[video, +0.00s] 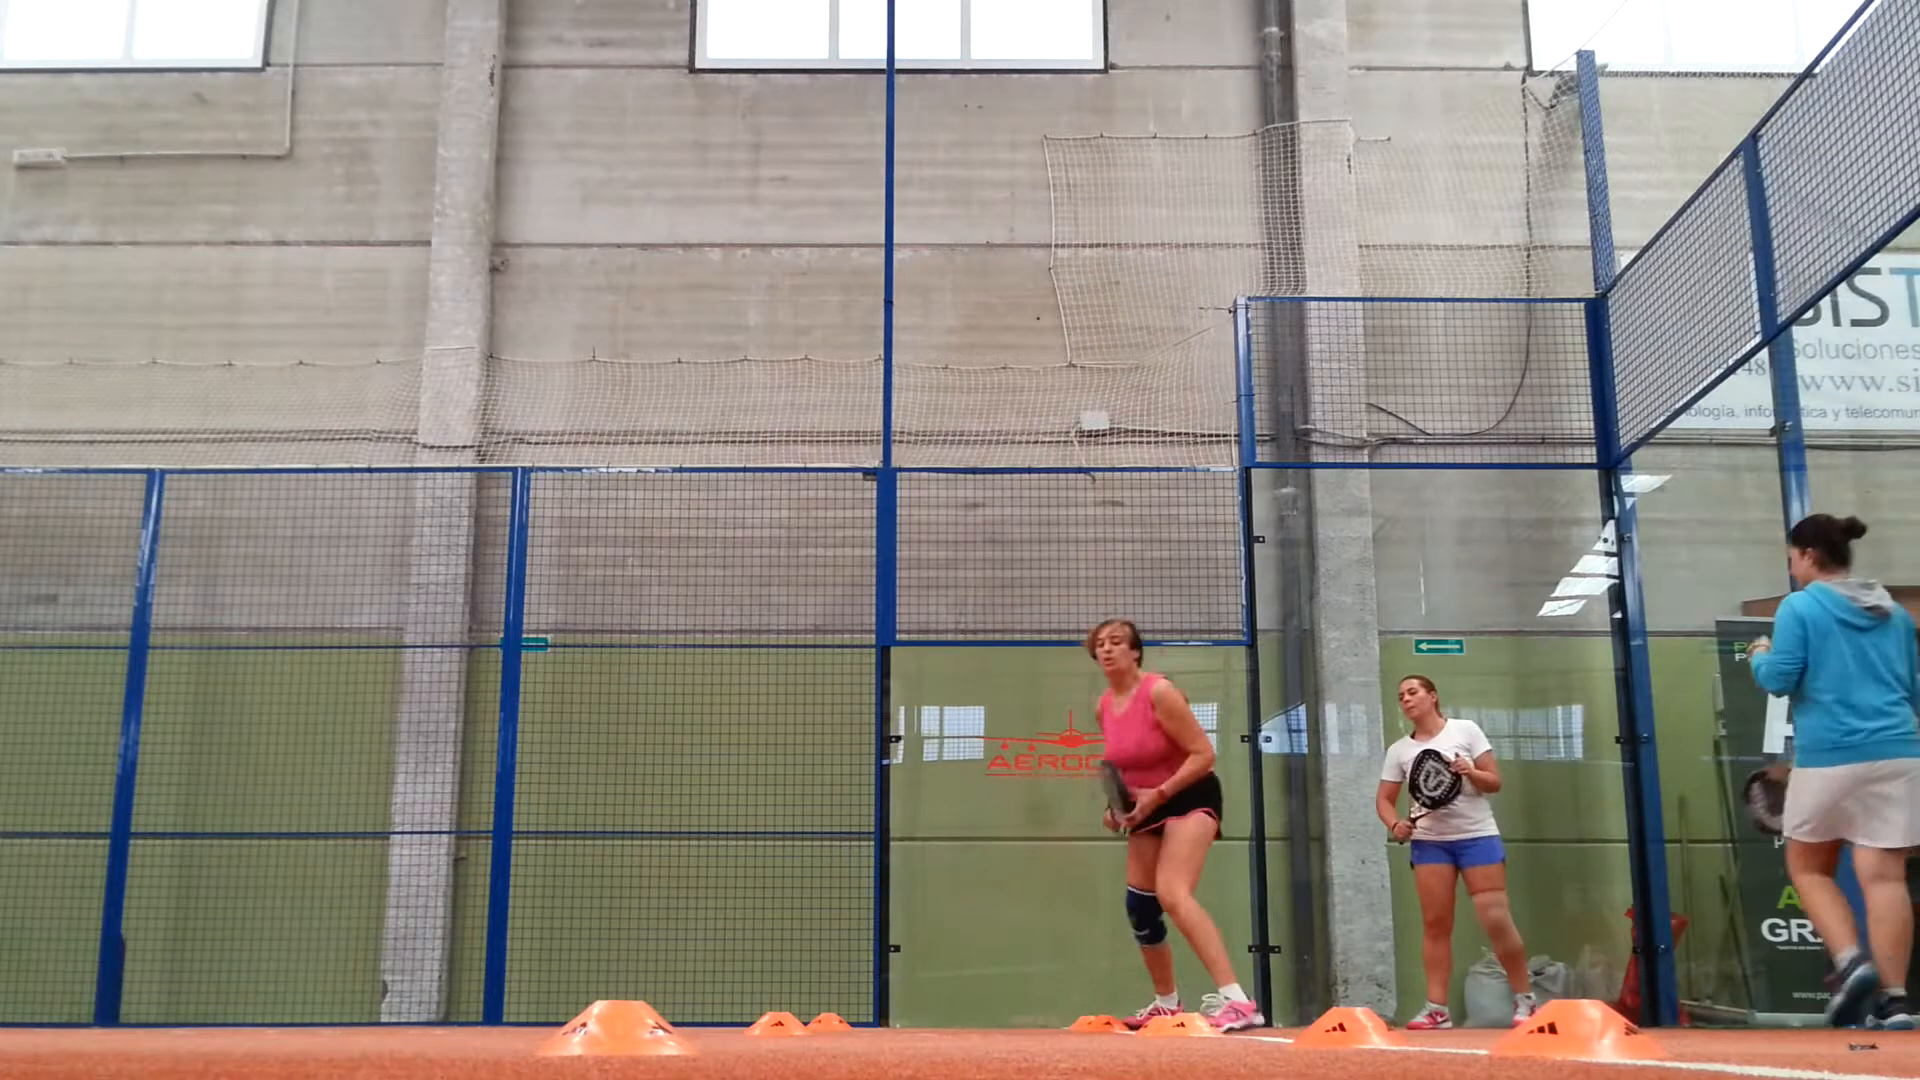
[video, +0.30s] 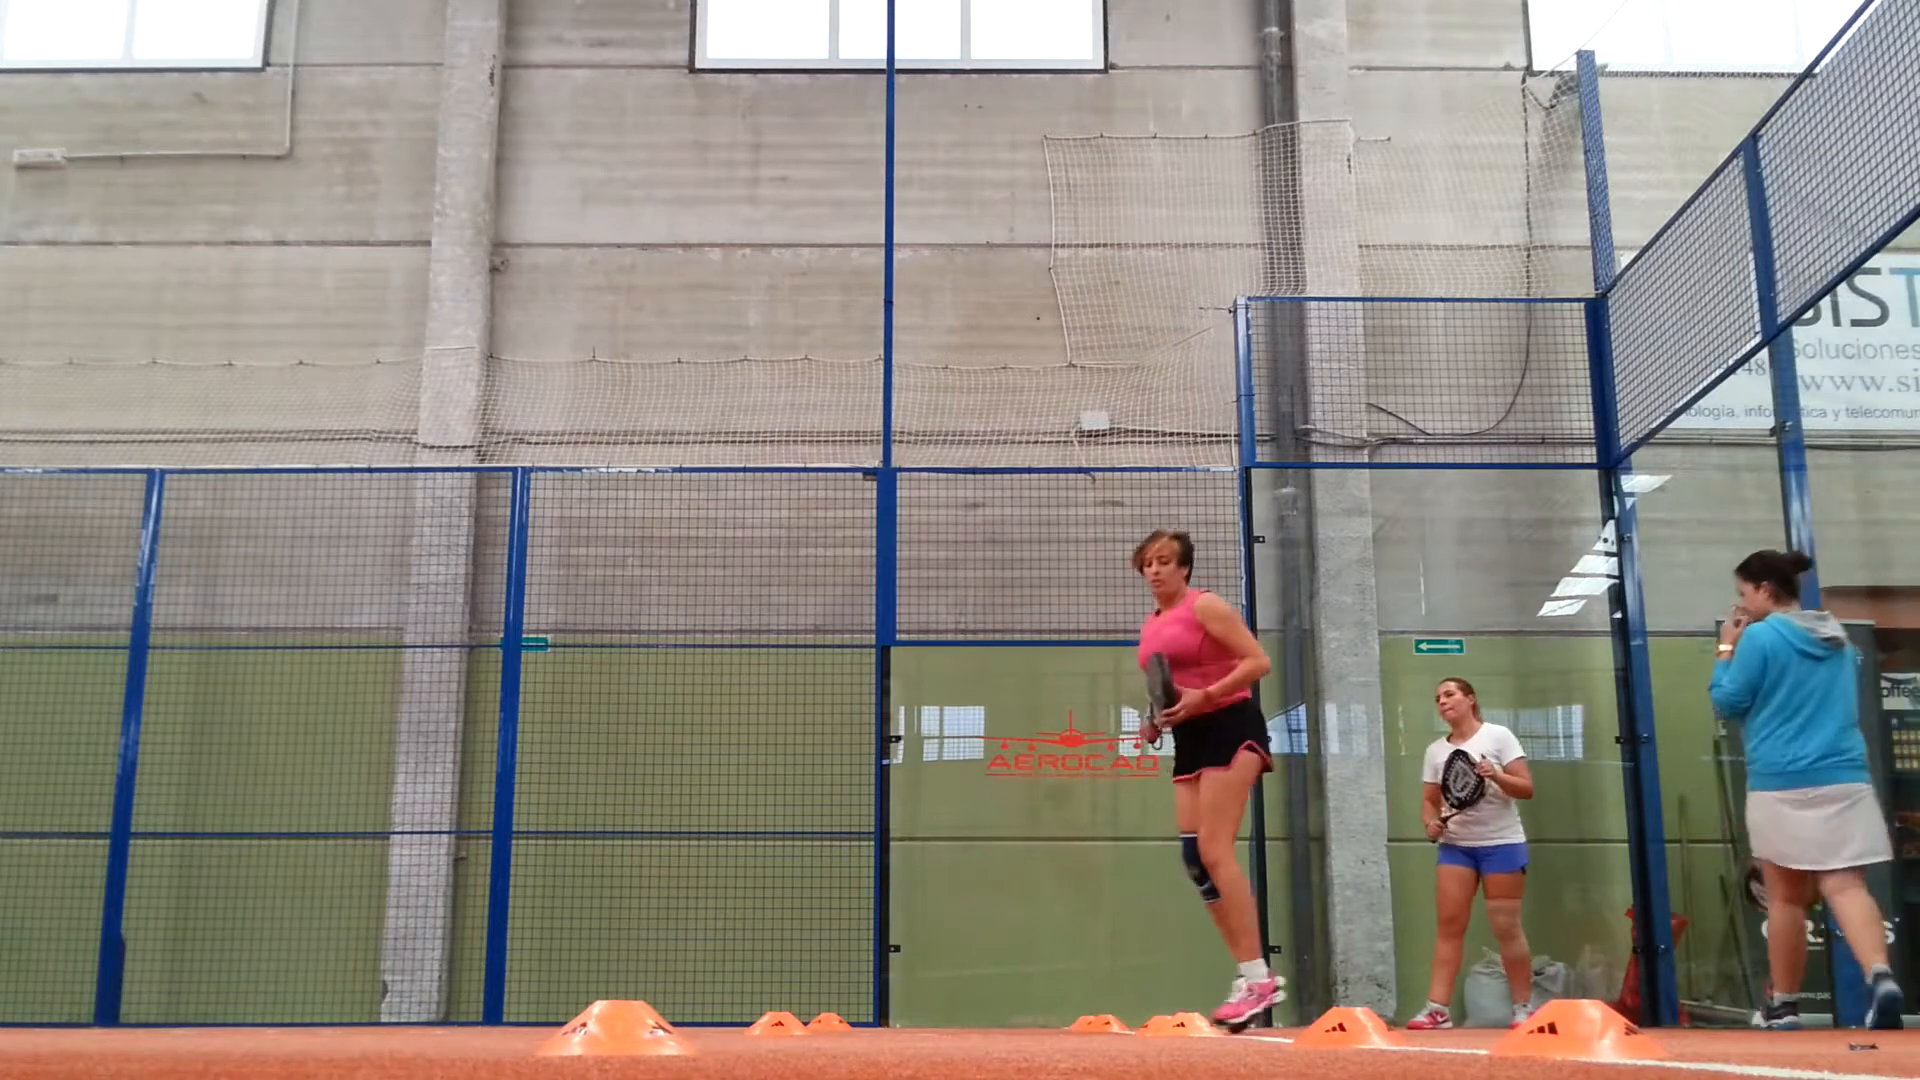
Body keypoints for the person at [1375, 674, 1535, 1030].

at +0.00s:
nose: (1406, 700)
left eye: (1412, 692)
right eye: (1401, 697)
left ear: (1433, 696)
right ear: (1401, 708)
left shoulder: (1466, 731)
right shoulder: (1399, 750)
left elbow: (1494, 783)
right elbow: (1384, 799)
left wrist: (1470, 772)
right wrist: (1394, 823)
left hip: (1477, 837)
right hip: (1430, 842)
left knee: (1496, 919)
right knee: (1435, 924)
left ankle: (1524, 999)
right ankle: (1437, 1008)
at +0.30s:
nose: (1442, 702)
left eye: (1449, 695)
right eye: (1439, 699)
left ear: (1470, 699)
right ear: (1439, 709)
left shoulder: (1499, 736)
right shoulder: (1436, 750)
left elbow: (1525, 789)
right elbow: (1430, 800)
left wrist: (1495, 775)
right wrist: (1431, 822)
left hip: (1502, 844)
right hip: (1456, 847)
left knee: (1506, 926)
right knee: (1449, 925)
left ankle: (1522, 1007)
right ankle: (1438, 1009)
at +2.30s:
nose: (1432, 707)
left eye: (1439, 701)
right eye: (1428, 703)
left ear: (1459, 707)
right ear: (1427, 713)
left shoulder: (1476, 742)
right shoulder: (1426, 754)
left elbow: (1494, 793)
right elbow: (1426, 799)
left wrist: (1454, 778)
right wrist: (1416, 819)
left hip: (1472, 845)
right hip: (1434, 848)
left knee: (1484, 927)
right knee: (1444, 930)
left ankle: (1510, 1006)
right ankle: (1453, 1009)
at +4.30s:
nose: (1435, 707)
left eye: (1443, 700)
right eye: (1431, 702)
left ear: (1462, 706)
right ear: (1429, 710)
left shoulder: (1480, 744)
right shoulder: (1424, 752)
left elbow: (1499, 795)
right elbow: (1418, 796)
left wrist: (1465, 778)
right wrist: (1416, 818)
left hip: (1472, 844)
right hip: (1433, 847)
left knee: (1483, 925)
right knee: (1444, 930)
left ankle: (1509, 1007)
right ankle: (1452, 1009)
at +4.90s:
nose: (1437, 706)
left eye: (1444, 699)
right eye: (1433, 702)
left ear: (1463, 706)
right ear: (1430, 710)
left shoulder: (1483, 745)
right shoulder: (1425, 753)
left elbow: (1501, 797)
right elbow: (1418, 795)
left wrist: (1468, 780)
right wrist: (1414, 821)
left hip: (1473, 845)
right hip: (1434, 848)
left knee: (1483, 926)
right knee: (1445, 930)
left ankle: (1509, 1007)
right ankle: (1452, 1009)